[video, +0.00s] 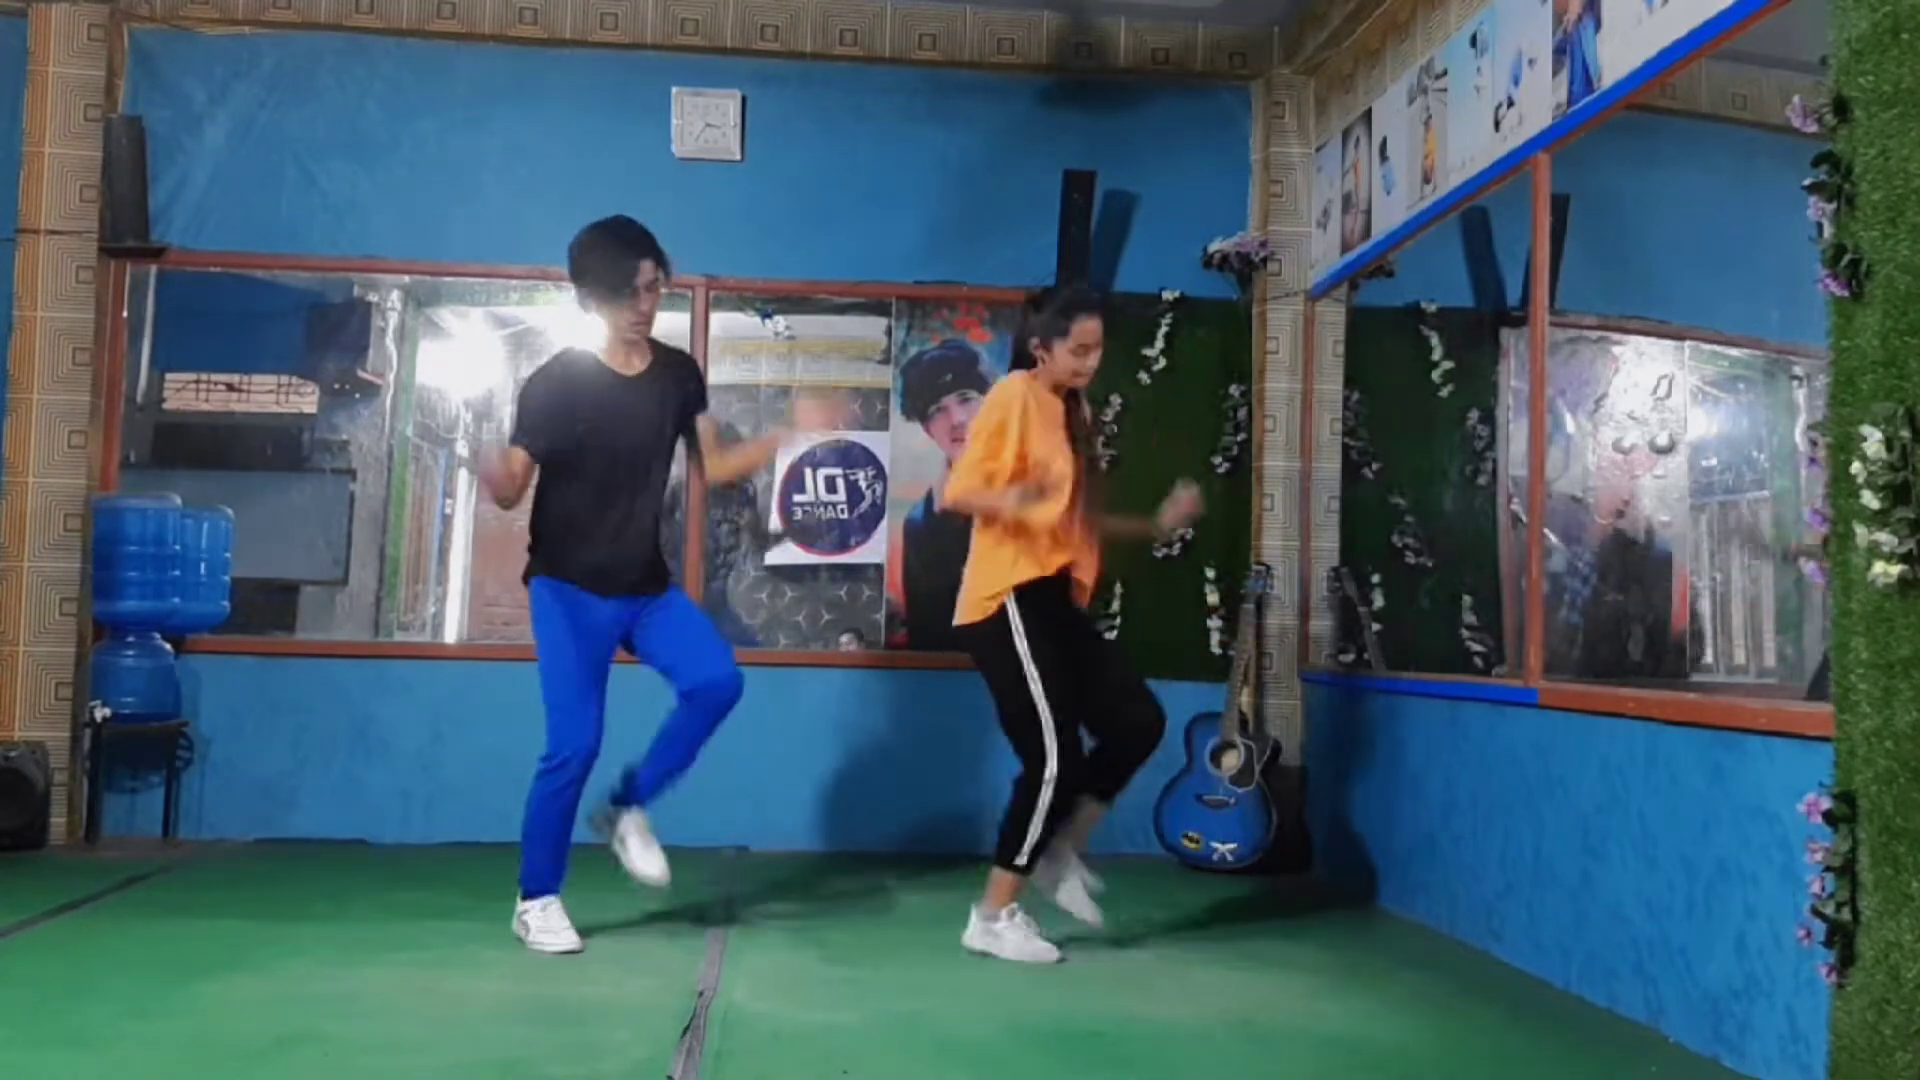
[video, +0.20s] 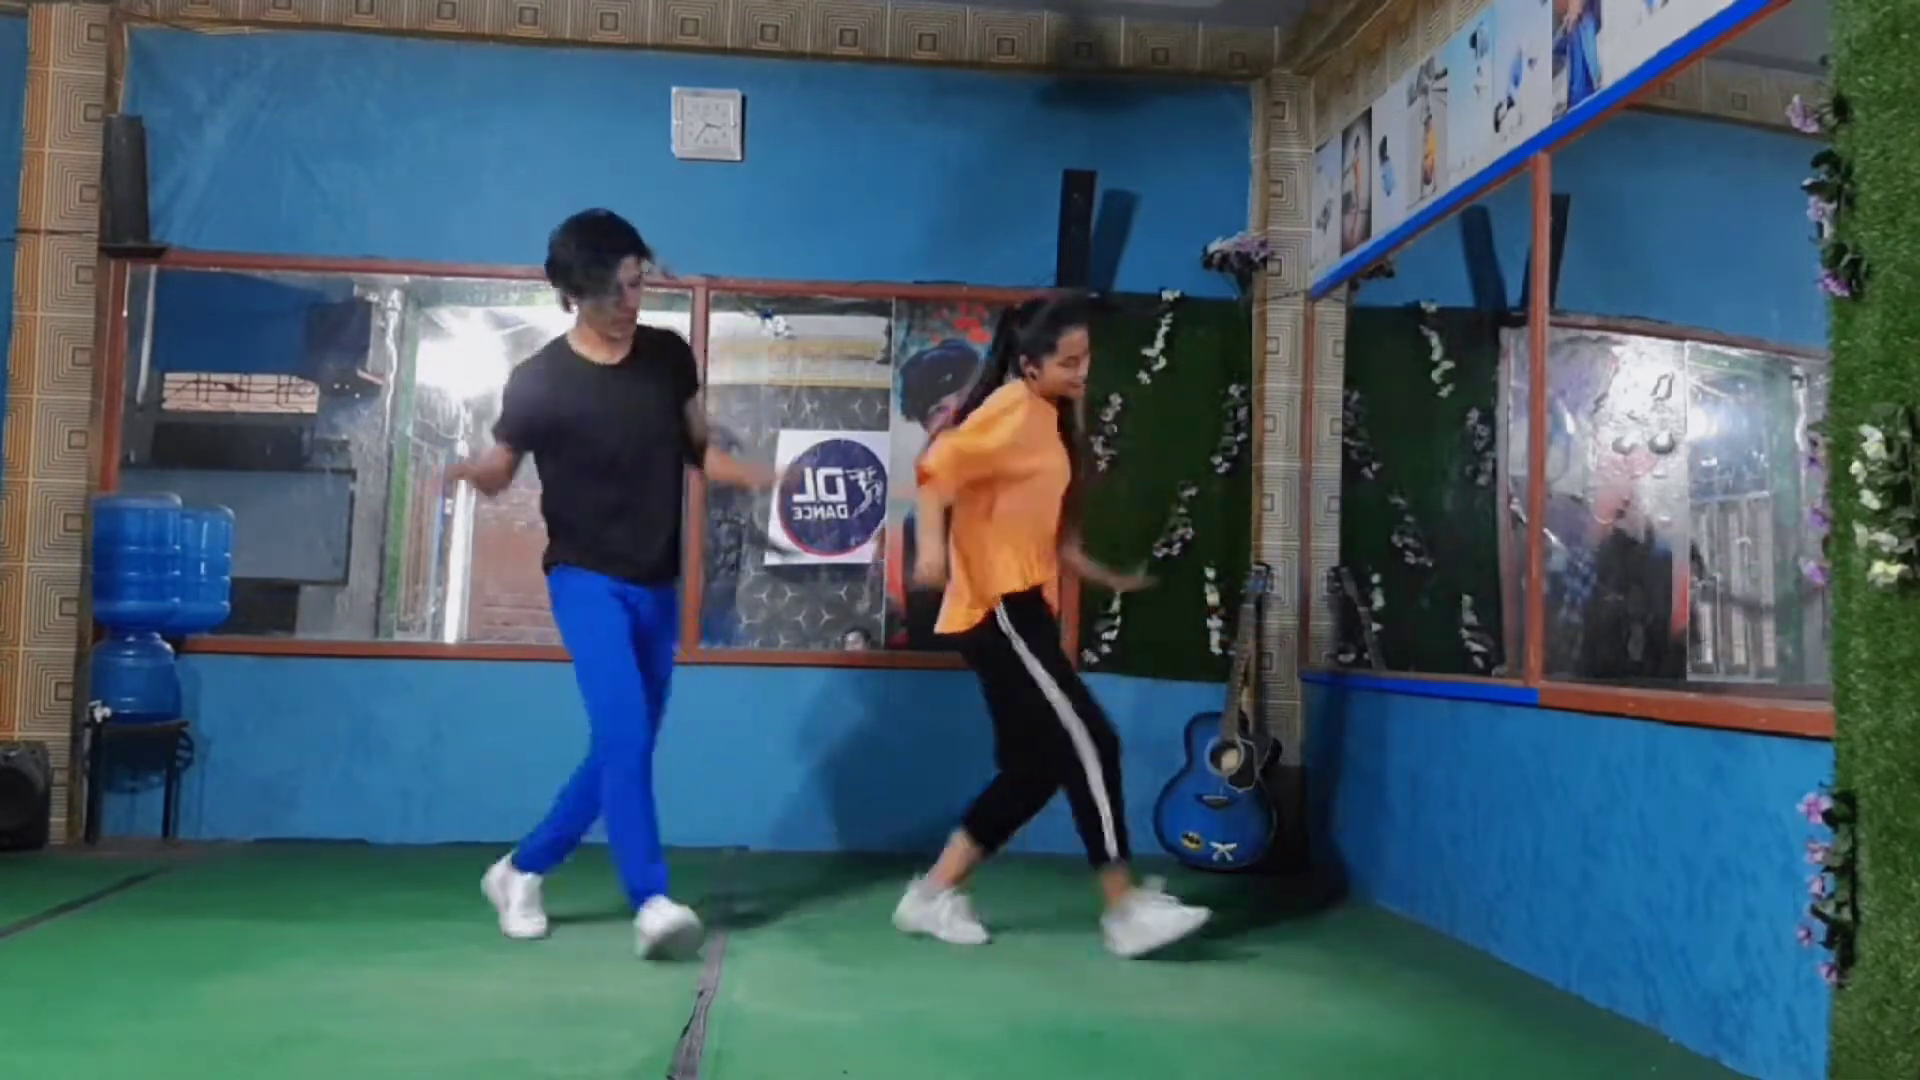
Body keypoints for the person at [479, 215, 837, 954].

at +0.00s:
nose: (647, 306)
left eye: (655, 289)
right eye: (630, 292)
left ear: (665, 290)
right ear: (591, 296)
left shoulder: (678, 373)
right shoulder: (556, 383)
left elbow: (715, 466)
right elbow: (510, 492)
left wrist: (783, 435)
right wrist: (492, 466)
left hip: (650, 591)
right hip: (568, 591)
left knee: (717, 683)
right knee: (573, 744)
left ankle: (628, 806)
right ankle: (537, 899)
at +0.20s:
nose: (633, 298)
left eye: (637, 283)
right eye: (618, 287)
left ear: (643, 282)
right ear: (578, 293)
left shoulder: (669, 354)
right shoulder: (538, 379)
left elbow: (697, 451)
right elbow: (500, 471)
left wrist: (766, 477)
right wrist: (468, 470)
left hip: (658, 578)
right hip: (587, 577)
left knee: (628, 740)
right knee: (623, 730)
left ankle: (520, 871)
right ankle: (652, 901)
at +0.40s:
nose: (634, 311)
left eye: (639, 294)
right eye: (617, 299)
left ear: (649, 297)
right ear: (582, 309)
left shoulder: (689, 374)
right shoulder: (554, 398)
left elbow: (753, 455)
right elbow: (518, 495)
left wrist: (779, 394)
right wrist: (473, 457)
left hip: (667, 600)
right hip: (591, 594)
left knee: (674, 754)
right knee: (625, 741)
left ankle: (547, 848)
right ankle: (581, 892)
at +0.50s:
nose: (636, 279)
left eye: (651, 266)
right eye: (622, 267)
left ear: (676, 282)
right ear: (603, 284)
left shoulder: (713, 360)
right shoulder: (571, 370)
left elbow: (819, 389)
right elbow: (509, 427)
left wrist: (763, 363)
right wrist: (503, 389)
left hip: (680, 582)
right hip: (591, 580)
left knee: (701, 699)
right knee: (595, 726)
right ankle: (584, 888)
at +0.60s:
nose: (652, 259)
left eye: (668, 246)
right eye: (639, 246)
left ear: (693, 265)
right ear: (619, 263)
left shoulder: (727, 340)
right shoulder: (589, 345)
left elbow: (819, 398)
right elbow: (550, 416)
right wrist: (530, 448)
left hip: (697, 560)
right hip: (609, 560)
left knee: (684, 695)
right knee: (568, 690)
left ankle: (694, 839)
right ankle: (597, 844)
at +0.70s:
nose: (663, 262)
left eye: (679, 249)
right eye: (649, 250)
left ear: (703, 268)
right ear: (629, 267)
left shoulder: (734, 358)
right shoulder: (610, 365)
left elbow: (782, 471)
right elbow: (612, 474)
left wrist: (792, 584)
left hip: (706, 582)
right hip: (631, 580)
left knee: (692, 738)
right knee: (577, 732)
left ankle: (741, 900)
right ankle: (546, 900)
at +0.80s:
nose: (662, 285)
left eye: (679, 270)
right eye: (650, 271)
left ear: (711, 285)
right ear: (638, 286)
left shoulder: (732, 381)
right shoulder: (635, 388)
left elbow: (757, 499)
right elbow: (632, 498)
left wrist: (731, 605)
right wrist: (607, 600)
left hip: (705, 609)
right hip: (648, 612)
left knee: (688, 763)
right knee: (591, 754)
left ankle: (745, 907)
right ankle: (538, 909)